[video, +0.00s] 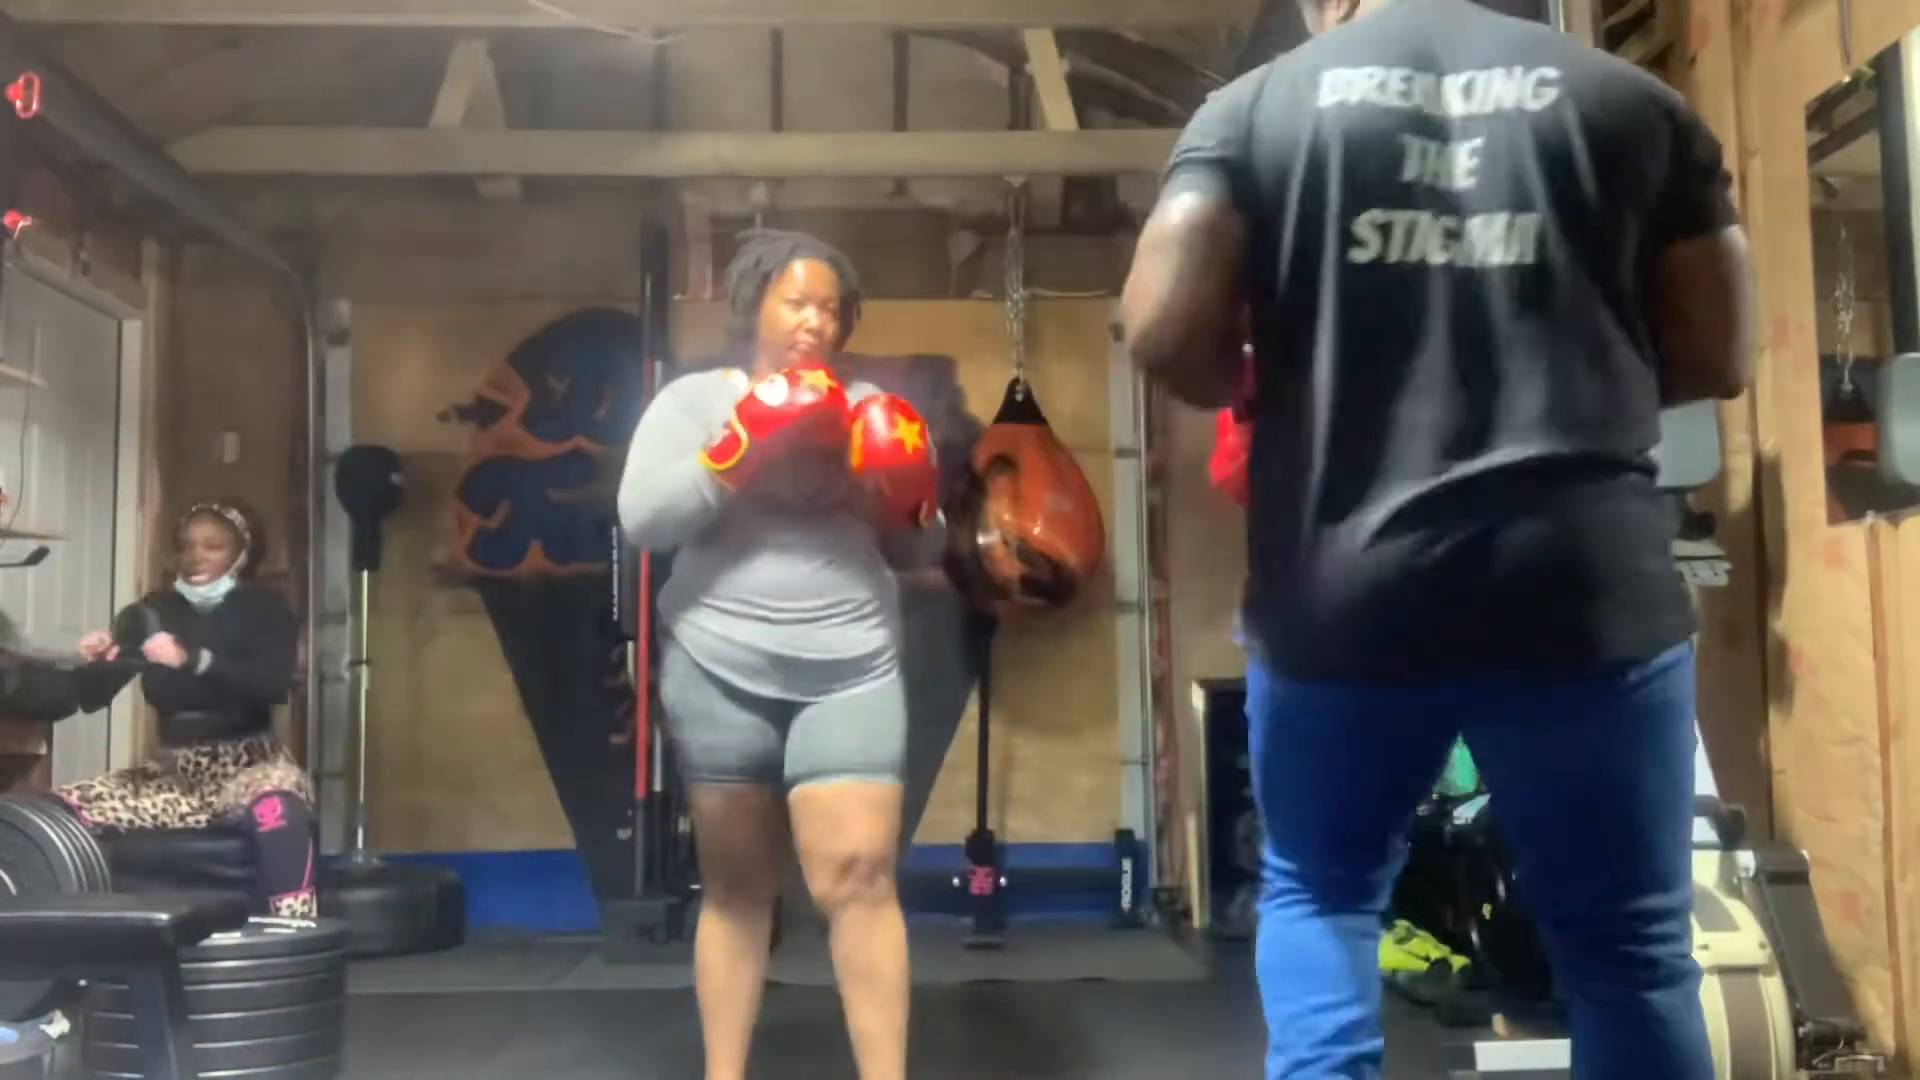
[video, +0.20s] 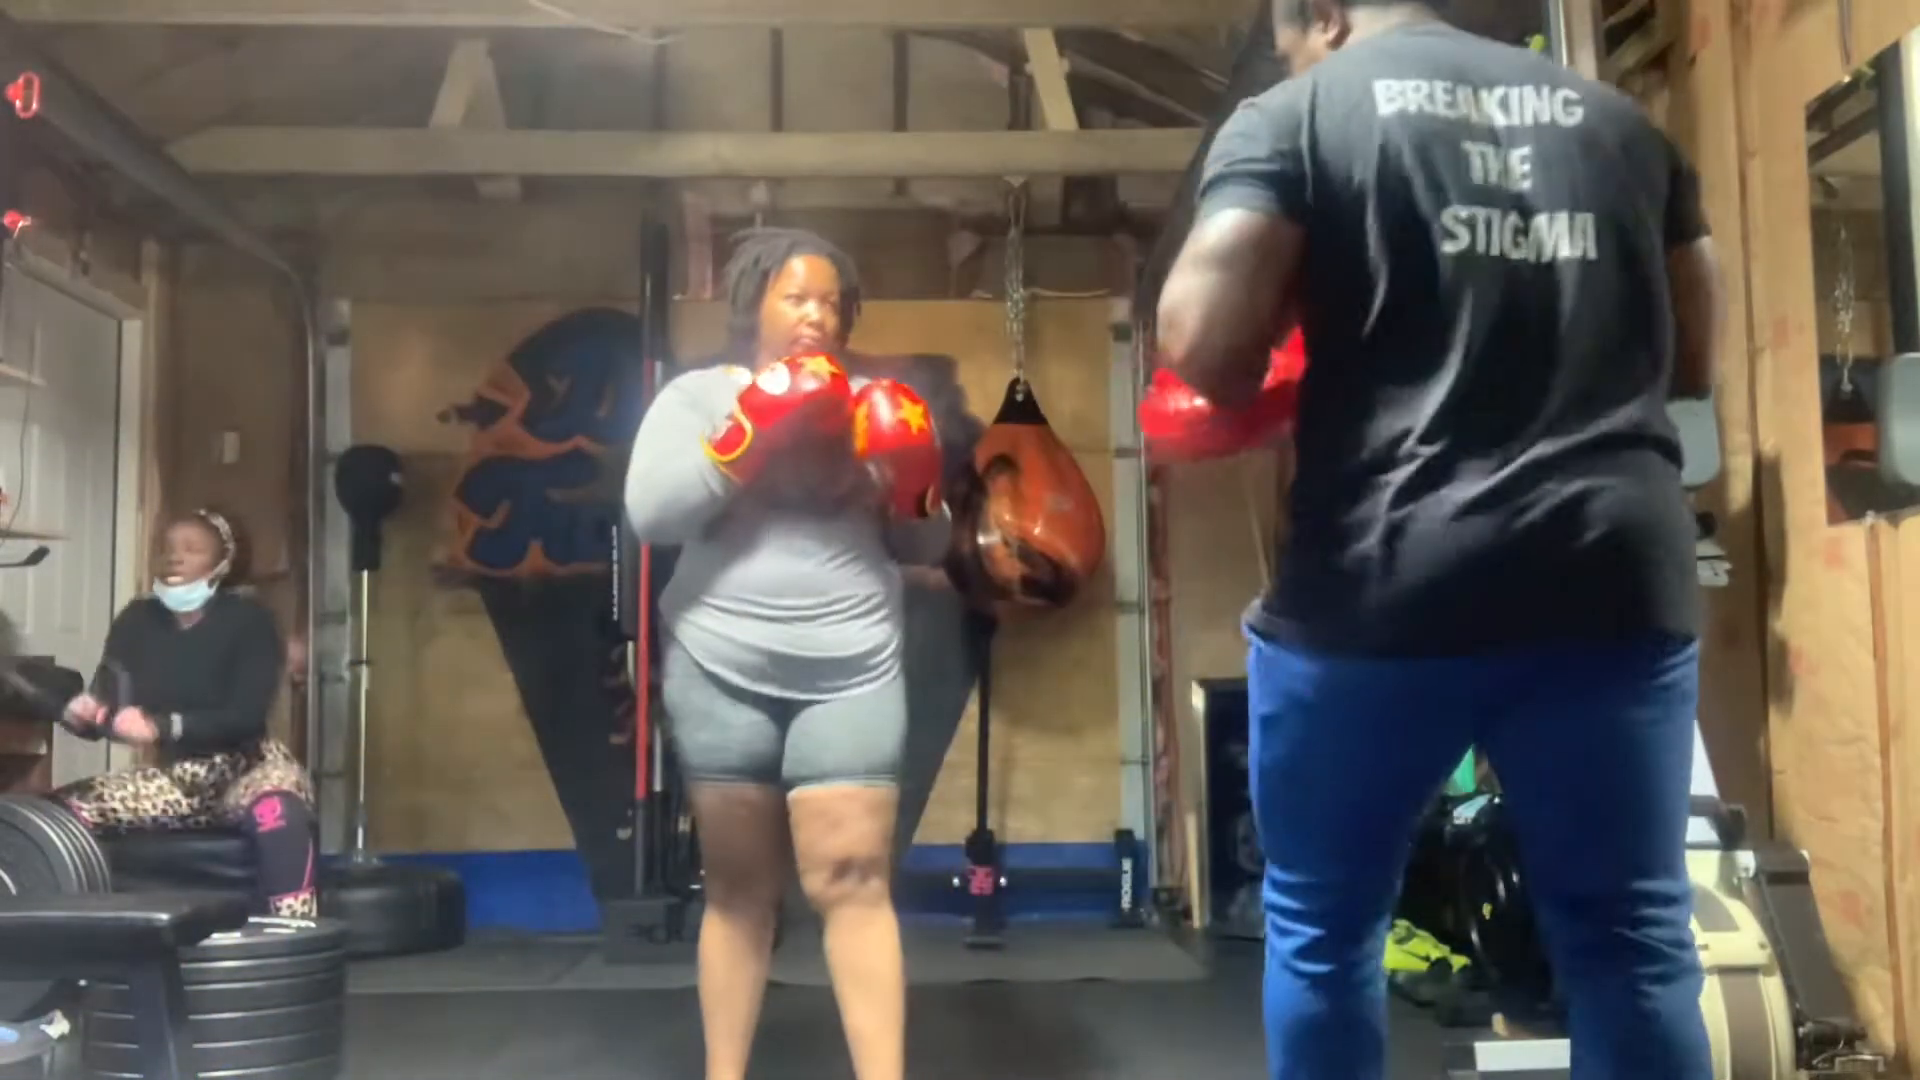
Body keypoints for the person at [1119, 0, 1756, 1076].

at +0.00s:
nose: (1301, 25)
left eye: (1303, 19)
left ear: (1335, 4)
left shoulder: (1253, 106)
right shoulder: (1634, 101)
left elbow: (1162, 330)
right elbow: (1715, 353)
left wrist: (1259, 372)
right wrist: (1554, 366)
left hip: (1346, 596)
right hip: (1589, 589)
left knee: (1320, 895)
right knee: (1632, 954)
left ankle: (1325, 1073)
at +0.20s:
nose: (1289, 66)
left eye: (1285, 46)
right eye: (1283, 51)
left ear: (1325, 20)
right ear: (1449, 11)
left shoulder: (1296, 111)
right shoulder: (1620, 118)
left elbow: (1206, 347)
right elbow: (1690, 355)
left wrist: (1252, 380)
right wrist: (1544, 354)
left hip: (1382, 578)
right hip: (1616, 566)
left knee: (1321, 934)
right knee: (1636, 940)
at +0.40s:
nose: (1237, 123)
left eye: (1235, 107)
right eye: (1231, 108)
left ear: (1274, 68)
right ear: (1376, 43)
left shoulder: (1252, 165)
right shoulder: (1562, 133)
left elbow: (1169, 403)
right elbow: (1632, 354)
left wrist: (1136, 349)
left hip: (1393, 566)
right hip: (1615, 553)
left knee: (1321, 934)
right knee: (1642, 909)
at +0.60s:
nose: (1251, 130)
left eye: (1248, 116)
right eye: (1246, 118)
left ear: (1286, 87)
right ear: (1392, 59)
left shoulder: (1260, 177)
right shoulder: (1568, 144)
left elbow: (1133, 386)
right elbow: (1629, 339)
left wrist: (1122, 274)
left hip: (1399, 574)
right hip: (1629, 558)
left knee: (1332, 931)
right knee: (1695, 901)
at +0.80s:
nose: (1324, 125)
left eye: (1321, 111)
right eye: (1321, 113)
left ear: (1360, 80)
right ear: (1475, 65)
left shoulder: (1326, 168)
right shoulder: (1632, 167)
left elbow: (1162, 342)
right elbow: (1652, 358)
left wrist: (1155, 208)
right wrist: (1387, 398)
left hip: (1442, 595)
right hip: (1671, 589)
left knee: (1329, 918)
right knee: (1731, 930)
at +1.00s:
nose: (1336, 114)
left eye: (1333, 100)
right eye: (1336, 103)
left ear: (1357, 86)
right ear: (1480, 71)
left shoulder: (1315, 177)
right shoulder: (1620, 170)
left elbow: (1135, 314)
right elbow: (1668, 342)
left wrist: (1183, 185)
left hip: (1422, 582)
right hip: (1656, 573)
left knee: (1322, 913)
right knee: (1722, 916)